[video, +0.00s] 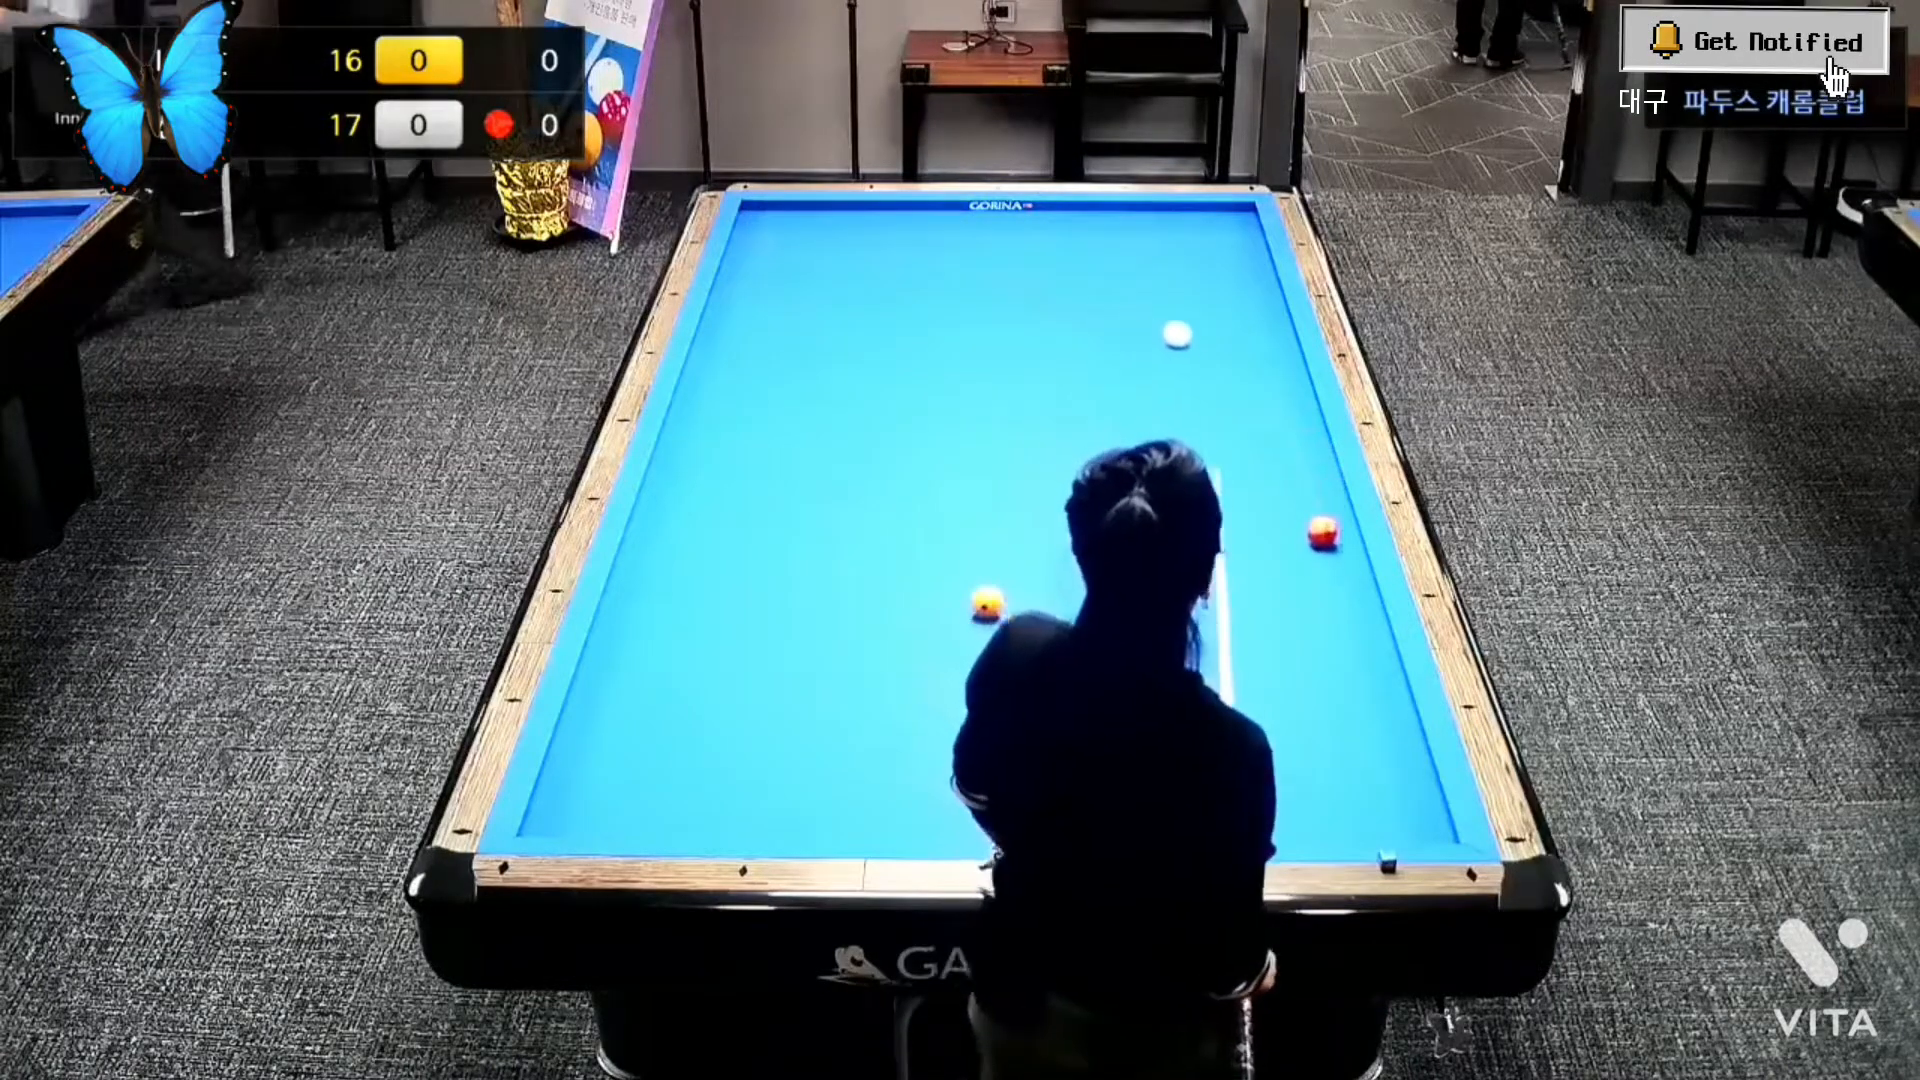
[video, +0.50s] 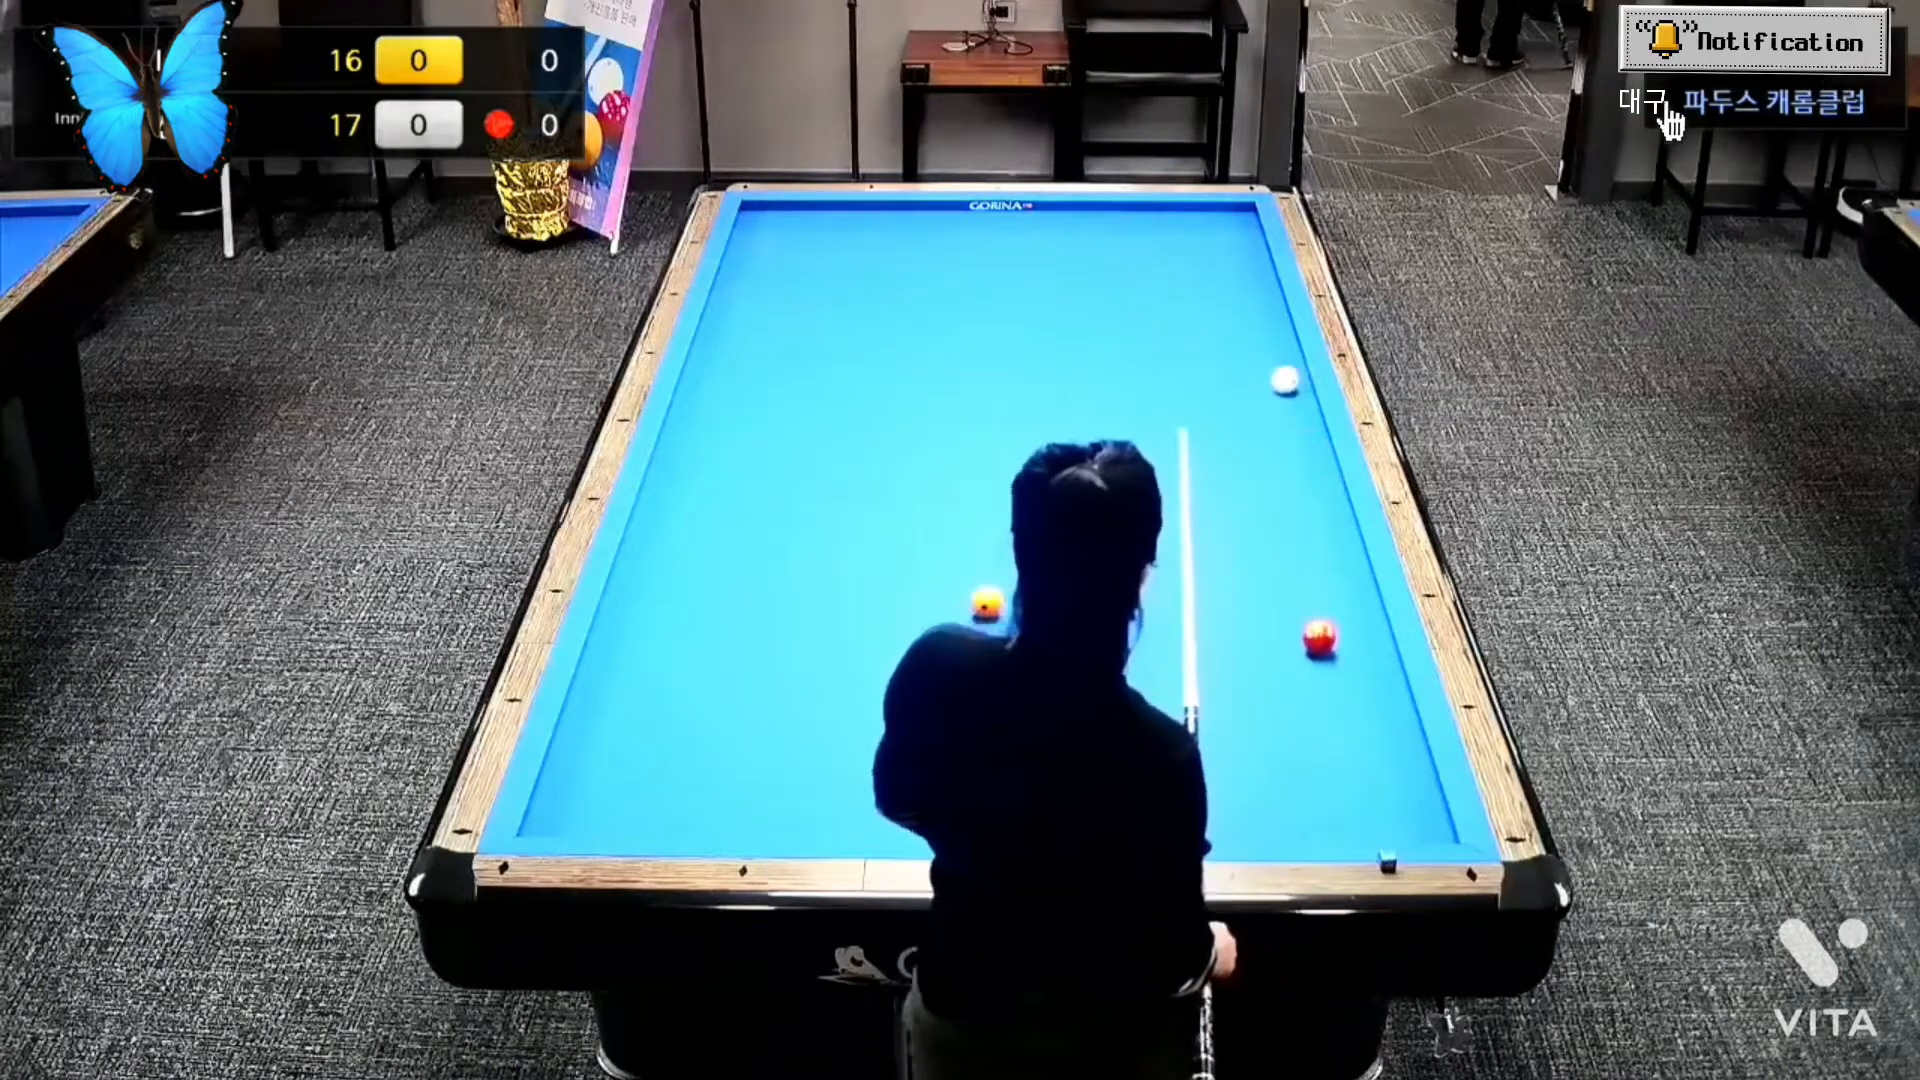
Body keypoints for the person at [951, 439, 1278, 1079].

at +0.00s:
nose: (1216, 562)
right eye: (1212, 548)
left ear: (1081, 556)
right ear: (1204, 570)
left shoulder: (1019, 651)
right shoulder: (1234, 749)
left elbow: (974, 779)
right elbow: (1226, 954)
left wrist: (1032, 853)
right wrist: (1254, 969)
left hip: (1025, 1008)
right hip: (1173, 1027)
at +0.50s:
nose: (1145, 575)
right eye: (1145, 559)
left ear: (1021, 555)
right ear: (1137, 573)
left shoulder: (941, 666)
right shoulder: (1163, 754)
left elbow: (898, 796)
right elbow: (1169, 946)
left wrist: (986, 841)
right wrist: (1211, 951)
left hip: (959, 1025)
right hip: (1117, 1032)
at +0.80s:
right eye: (1085, 558)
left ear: (960, 545)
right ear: (1075, 572)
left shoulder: (873, 661)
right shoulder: (1100, 744)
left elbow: (821, 808)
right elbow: (1113, 943)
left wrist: (919, 841)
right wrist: (1144, 940)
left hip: (904, 1018)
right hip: (1056, 1026)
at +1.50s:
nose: (1006, 599)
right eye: (1007, 584)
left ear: (887, 562)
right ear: (998, 598)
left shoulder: (791, 673)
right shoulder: (1028, 741)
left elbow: (752, 823)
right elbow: (1072, 931)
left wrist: (851, 803)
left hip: (838, 1019)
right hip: (996, 1020)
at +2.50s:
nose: (990, 589)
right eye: (989, 573)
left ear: (863, 559)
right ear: (975, 587)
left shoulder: (786, 665)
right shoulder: (1019, 728)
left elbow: (764, 801)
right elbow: (1064, 913)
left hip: (834, 1008)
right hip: (983, 1016)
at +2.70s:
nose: (1029, 598)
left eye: (1035, 574)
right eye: (1033, 573)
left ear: (911, 552)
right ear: (1002, 589)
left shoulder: (823, 655)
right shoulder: (1056, 717)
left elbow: (788, 798)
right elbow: (1110, 910)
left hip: (863, 1003)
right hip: (1019, 1010)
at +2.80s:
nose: (1069, 592)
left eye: (1074, 567)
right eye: (1070, 566)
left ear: (950, 543)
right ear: (1038, 575)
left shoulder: (856, 652)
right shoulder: (1090, 709)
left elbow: (802, 803)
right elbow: (1156, 901)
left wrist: (871, 698)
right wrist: (1124, 923)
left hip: (887, 1005)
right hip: (1045, 1008)